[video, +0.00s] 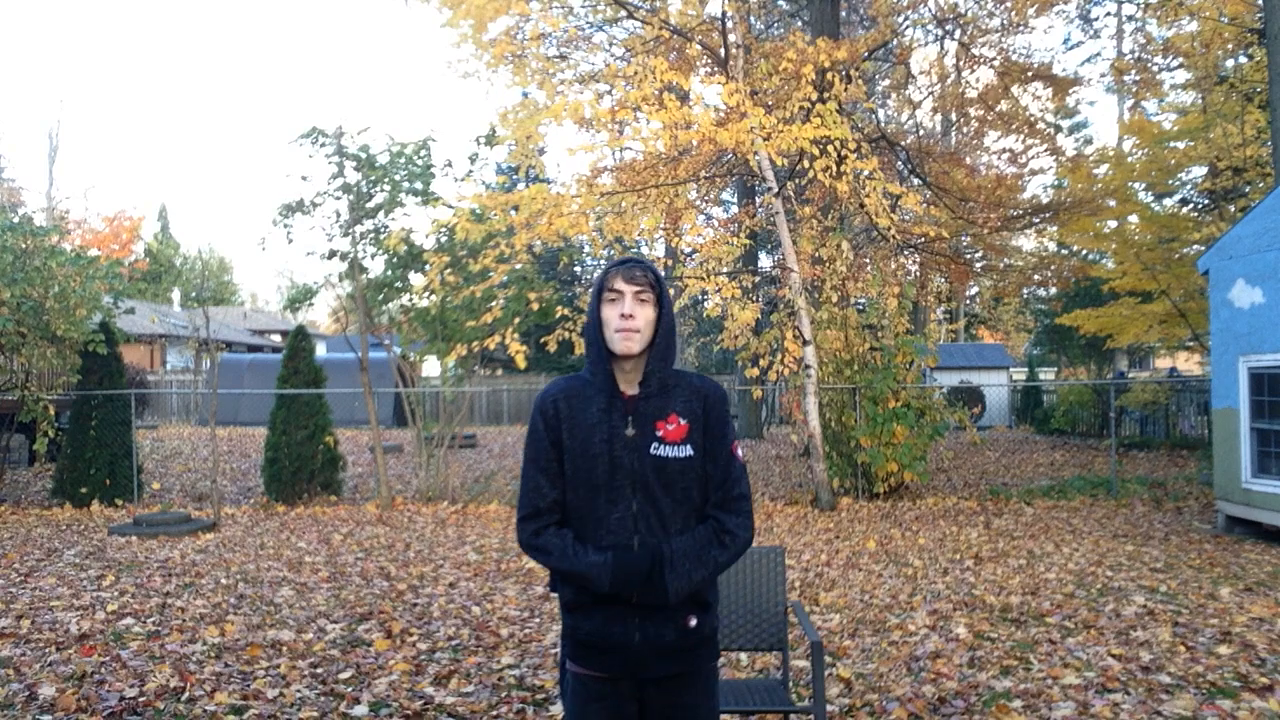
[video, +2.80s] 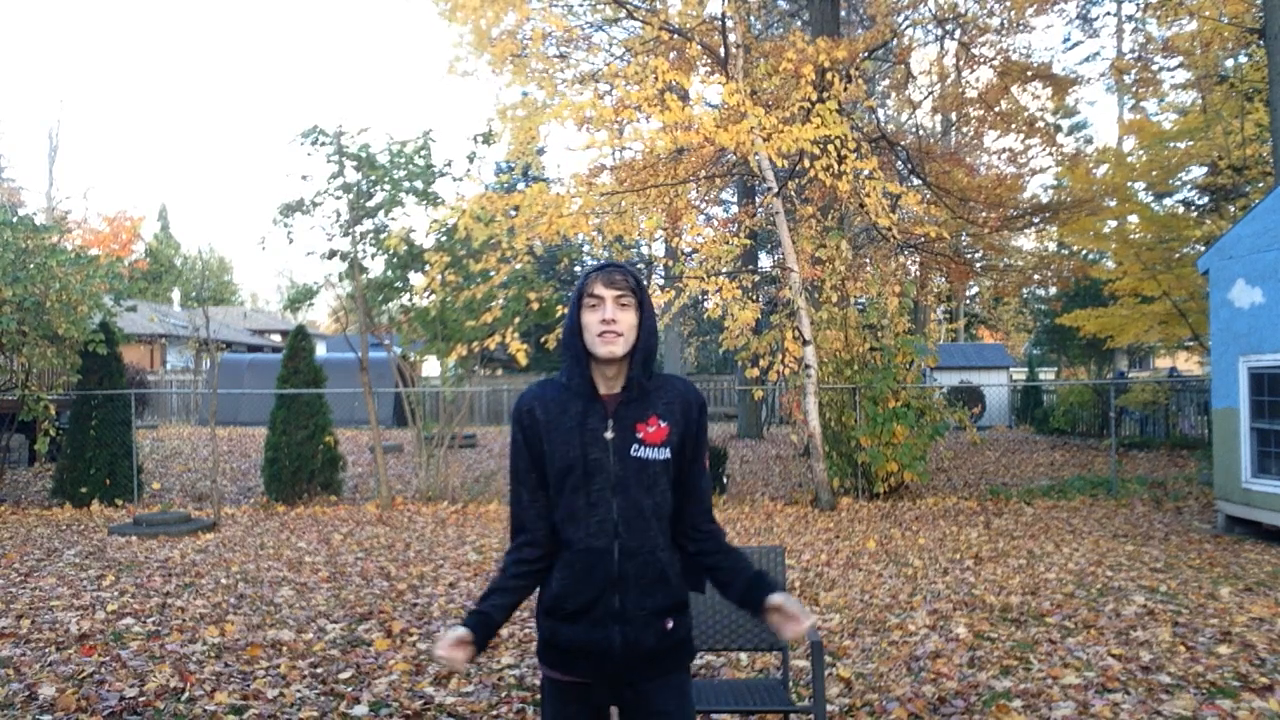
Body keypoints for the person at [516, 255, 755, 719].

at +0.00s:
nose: (626, 311)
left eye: (642, 299)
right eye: (613, 298)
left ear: (661, 316)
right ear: (596, 312)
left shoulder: (703, 399)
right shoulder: (559, 403)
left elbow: (735, 520)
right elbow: (534, 527)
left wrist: (669, 566)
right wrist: (608, 570)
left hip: (684, 645)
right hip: (594, 648)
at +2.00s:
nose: (630, 320)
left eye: (644, 308)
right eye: (616, 307)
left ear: (660, 322)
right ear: (597, 320)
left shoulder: (695, 409)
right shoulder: (553, 410)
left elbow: (723, 532)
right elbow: (536, 533)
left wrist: (654, 578)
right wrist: (601, 595)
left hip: (678, 653)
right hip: (589, 656)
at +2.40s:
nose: (627, 313)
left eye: (642, 301)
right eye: (614, 300)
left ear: (660, 317)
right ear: (595, 314)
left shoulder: (697, 400)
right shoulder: (553, 401)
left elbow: (762, 498)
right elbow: (501, 509)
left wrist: (680, 538)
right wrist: (593, 553)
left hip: (681, 645)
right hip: (590, 649)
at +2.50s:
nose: (620, 313)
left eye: (634, 300)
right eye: (606, 300)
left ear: (652, 317)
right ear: (586, 315)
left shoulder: (690, 391)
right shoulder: (547, 392)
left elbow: (783, 468)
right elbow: (481, 486)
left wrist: (756, 555)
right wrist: (521, 572)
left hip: (673, 638)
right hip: (582, 641)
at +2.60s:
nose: (617, 322)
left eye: (631, 310)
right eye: (603, 309)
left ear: (649, 325)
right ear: (582, 321)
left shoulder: (684, 402)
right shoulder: (537, 408)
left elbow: (761, 503)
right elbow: (483, 521)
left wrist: (851, 595)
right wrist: (437, 637)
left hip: (665, 650)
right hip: (573, 653)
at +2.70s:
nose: (612, 321)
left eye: (626, 309)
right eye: (598, 308)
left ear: (645, 323)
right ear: (577, 321)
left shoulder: (678, 402)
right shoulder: (540, 408)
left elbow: (725, 526)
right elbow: (511, 544)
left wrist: (824, 580)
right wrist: (437, 635)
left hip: (659, 648)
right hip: (566, 652)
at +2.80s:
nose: (609, 316)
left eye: (623, 305)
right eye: (595, 304)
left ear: (642, 319)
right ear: (576, 319)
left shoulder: (678, 402)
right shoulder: (539, 408)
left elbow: (696, 530)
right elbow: (532, 541)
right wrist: (477, 628)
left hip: (658, 645)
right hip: (570, 647)